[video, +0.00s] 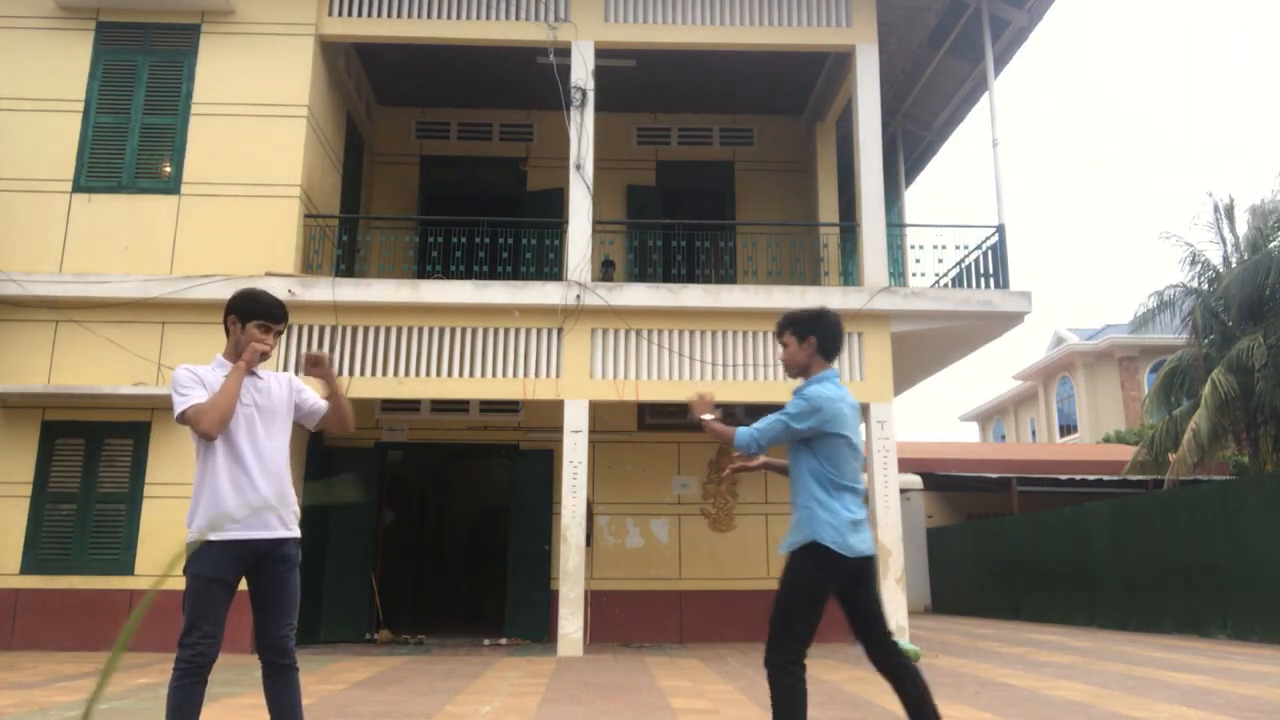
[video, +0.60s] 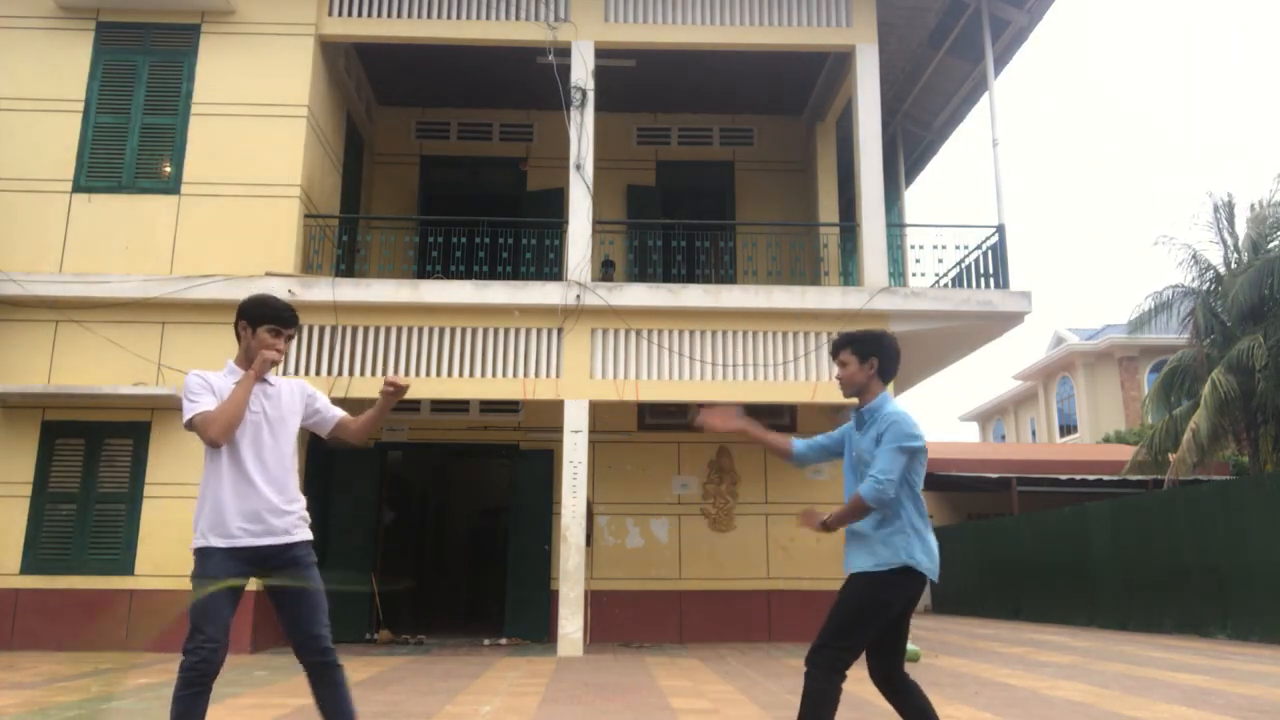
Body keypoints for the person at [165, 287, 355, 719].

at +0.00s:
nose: (268, 341)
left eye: (275, 334)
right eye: (261, 330)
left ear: (279, 338)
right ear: (232, 324)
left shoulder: (285, 385)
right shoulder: (192, 376)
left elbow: (341, 424)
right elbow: (208, 425)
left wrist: (330, 380)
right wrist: (241, 366)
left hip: (278, 537)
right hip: (217, 536)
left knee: (280, 653)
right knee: (197, 655)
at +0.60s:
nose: (280, 344)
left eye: (286, 338)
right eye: (273, 333)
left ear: (290, 342)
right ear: (244, 329)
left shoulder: (296, 392)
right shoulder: (203, 383)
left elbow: (354, 432)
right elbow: (215, 433)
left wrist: (385, 404)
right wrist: (251, 374)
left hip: (288, 540)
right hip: (222, 541)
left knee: (319, 653)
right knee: (203, 657)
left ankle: (345, 718)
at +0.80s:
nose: (305, 354)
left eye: (310, 348)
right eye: (296, 345)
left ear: (314, 352)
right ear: (265, 344)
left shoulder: (323, 403)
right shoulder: (229, 399)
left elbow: (378, 445)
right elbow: (245, 448)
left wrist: (406, 416)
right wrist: (281, 387)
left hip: (320, 556)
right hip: (251, 558)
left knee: (365, 652)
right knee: (215, 665)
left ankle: (383, 717)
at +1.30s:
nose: (349, 369)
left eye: (353, 360)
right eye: (340, 357)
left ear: (355, 366)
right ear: (309, 357)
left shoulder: (363, 419)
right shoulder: (270, 412)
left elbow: (411, 471)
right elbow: (286, 465)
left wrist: (448, 450)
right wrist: (334, 410)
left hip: (355, 565)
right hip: (284, 567)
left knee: (422, 651)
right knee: (207, 661)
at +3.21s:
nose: (334, 367)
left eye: (338, 358)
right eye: (324, 356)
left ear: (342, 363)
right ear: (293, 357)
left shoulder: (351, 416)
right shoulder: (257, 412)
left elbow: (396, 470)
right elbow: (275, 466)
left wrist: (448, 472)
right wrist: (318, 408)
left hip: (347, 568)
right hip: (275, 569)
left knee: (412, 649)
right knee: (199, 662)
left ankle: (422, 718)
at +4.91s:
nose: (328, 367)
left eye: (332, 358)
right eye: (318, 356)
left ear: (335, 364)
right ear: (287, 358)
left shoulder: (349, 416)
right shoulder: (252, 417)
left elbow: (385, 478)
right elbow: (274, 473)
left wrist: (413, 467)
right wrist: (318, 416)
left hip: (342, 568)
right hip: (272, 571)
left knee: (406, 655)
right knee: (198, 668)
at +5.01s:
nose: (290, 366)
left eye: (294, 358)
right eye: (279, 358)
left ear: (299, 366)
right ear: (251, 366)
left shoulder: (322, 418)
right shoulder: (225, 429)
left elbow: (365, 481)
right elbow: (251, 482)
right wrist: (295, 423)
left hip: (328, 573)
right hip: (256, 577)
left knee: (397, 656)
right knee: (182, 671)